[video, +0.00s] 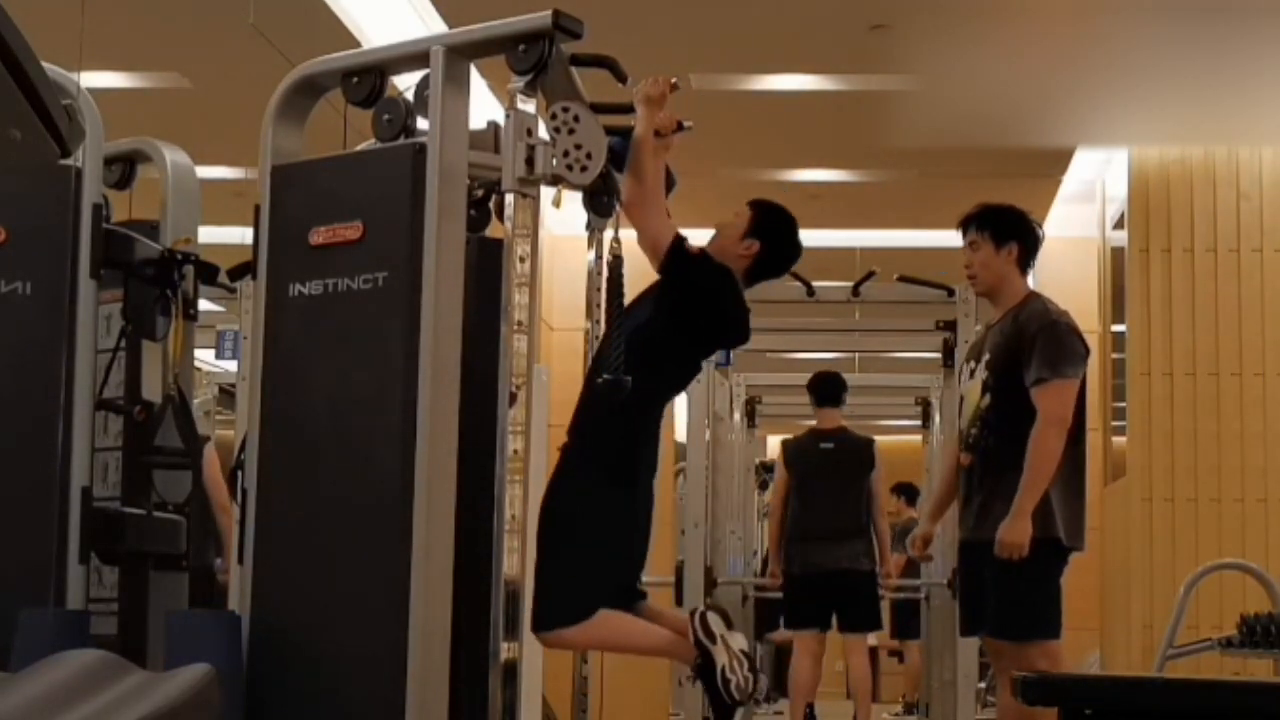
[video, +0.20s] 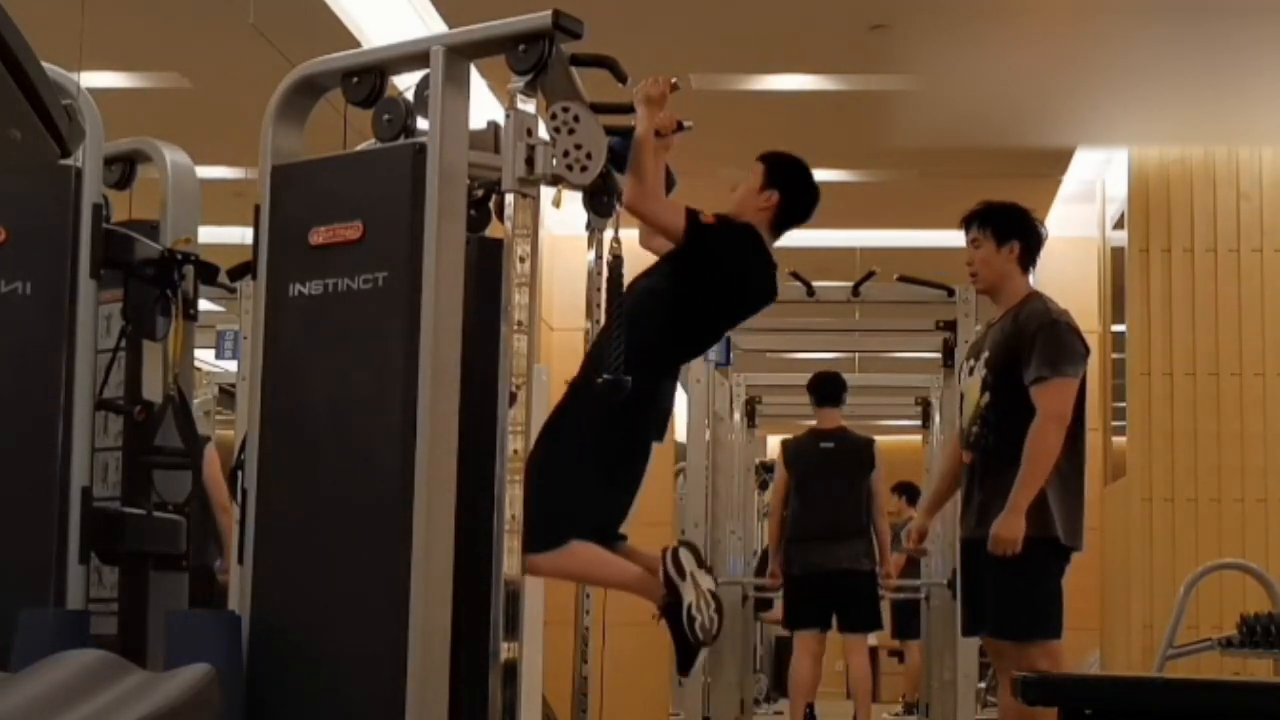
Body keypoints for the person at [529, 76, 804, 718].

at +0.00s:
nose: (722, 219)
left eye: (734, 219)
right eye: (732, 215)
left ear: (747, 248)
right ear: (751, 253)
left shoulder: (707, 286)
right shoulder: (707, 288)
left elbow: (642, 208)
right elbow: (646, 214)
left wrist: (644, 125)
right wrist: (656, 137)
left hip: (603, 455)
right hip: (621, 456)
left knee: (558, 621)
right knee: (607, 602)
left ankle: (699, 654)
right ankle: (702, 630)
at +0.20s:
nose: (737, 185)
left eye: (749, 180)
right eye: (747, 177)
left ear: (768, 197)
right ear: (775, 209)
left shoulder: (733, 243)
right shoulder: (752, 269)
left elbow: (644, 200)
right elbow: (651, 234)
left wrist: (647, 123)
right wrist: (657, 150)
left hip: (606, 398)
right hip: (635, 407)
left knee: (540, 550)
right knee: (581, 537)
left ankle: (663, 585)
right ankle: (669, 580)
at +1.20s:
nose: (722, 141)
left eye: (732, 133)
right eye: (728, 132)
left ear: (755, 147)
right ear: (765, 156)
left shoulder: (722, 201)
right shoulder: (742, 217)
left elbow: (633, 189)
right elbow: (643, 238)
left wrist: (642, 123)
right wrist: (658, 152)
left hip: (620, 372)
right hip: (648, 376)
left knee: (577, 519)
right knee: (622, 512)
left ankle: (709, 549)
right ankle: (712, 547)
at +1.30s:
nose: (725, 170)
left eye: (735, 162)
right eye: (732, 160)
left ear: (757, 177)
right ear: (771, 189)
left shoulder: (721, 228)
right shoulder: (736, 242)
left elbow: (638, 197)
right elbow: (644, 229)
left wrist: (644, 121)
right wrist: (658, 152)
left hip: (626, 399)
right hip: (653, 403)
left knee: (585, 554)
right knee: (628, 542)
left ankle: (719, 583)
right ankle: (722, 577)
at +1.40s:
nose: (724, 191)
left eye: (736, 185)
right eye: (731, 183)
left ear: (759, 206)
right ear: (765, 212)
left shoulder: (721, 256)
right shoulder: (736, 264)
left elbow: (645, 205)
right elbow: (647, 222)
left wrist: (650, 127)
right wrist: (653, 140)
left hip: (630, 423)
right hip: (657, 428)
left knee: (589, 586)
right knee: (635, 567)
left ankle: (723, 617)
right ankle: (729, 610)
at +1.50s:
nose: (721, 213)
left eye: (733, 209)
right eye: (729, 207)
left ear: (755, 231)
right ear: (759, 237)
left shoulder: (715, 279)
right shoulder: (724, 284)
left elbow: (651, 208)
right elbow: (654, 215)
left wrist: (646, 124)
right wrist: (658, 138)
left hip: (630, 456)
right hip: (652, 457)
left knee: (595, 619)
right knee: (637, 600)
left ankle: (727, 650)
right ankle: (731, 632)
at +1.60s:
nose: (715, 230)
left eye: (728, 227)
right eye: (726, 224)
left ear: (746, 253)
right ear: (748, 256)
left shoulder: (705, 294)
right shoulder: (713, 297)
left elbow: (652, 207)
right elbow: (655, 213)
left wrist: (646, 125)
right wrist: (658, 135)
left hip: (626, 484)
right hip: (648, 484)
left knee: (600, 649)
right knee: (640, 627)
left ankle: (732, 674)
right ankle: (736, 662)